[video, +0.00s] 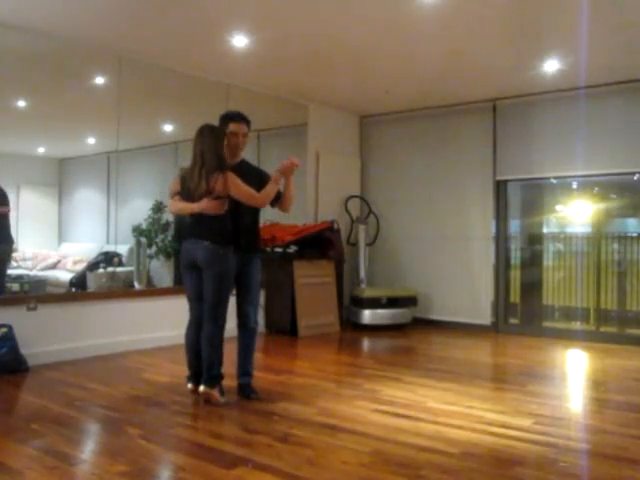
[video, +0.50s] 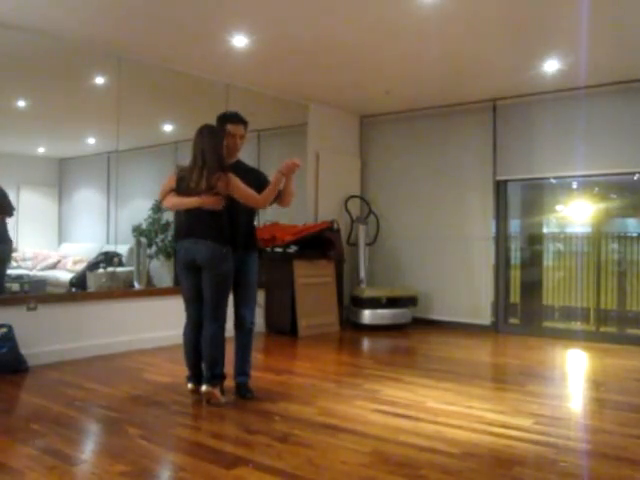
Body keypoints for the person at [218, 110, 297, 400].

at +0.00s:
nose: (237, 141)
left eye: (242, 136)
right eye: (231, 135)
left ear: (248, 139)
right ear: (220, 137)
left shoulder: (255, 174)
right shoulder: (208, 171)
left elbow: (284, 205)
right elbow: (173, 204)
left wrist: (287, 177)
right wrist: (198, 206)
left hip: (248, 251)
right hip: (218, 252)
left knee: (249, 319)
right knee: (214, 317)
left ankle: (245, 380)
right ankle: (212, 379)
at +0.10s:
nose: (236, 141)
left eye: (241, 136)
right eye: (230, 135)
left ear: (247, 139)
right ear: (219, 137)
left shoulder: (254, 174)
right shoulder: (206, 171)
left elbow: (285, 204)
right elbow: (171, 202)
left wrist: (288, 177)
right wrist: (200, 204)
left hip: (248, 252)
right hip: (217, 253)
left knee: (248, 319)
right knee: (213, 317)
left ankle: (245, 380)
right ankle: (210, 379)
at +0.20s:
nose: (235, 142)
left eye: (241, 137)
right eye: (230, 135)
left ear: (246, 139)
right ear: (219, 136)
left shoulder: (253, 174)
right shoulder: (206, 171)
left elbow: (284, 204)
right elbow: (171, 202)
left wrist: (289, 177)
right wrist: (201, 203)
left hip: (247, 252)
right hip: (216, 253)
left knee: (248, 319)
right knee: (214, 318)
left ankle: (245, 380)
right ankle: (214, 379)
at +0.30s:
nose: (234, 142)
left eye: (240, 137)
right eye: (229, 135)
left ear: (245, 140)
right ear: (218, 137)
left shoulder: (252, 175)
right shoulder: (204, 172)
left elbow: (283, 203)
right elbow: (170, 201)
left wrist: (288, 178)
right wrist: (201, 202)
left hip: (246, 252)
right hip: (215, 253)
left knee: (246, 318)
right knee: (214, 317)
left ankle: (245, 379)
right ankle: (214, 378)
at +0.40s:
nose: (233, 142)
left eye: (239, 137)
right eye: (229, 136)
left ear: (245, 140)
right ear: (218, 137)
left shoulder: (251, 175)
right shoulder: (204, 172)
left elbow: (282, 204)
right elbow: (170, 201)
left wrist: (287, 178)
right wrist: (201, 201)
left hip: (246, 251)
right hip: (215, 252)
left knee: (245, 318)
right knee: (214, 317)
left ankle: (242, 379)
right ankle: (214, 378)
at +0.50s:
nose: (233, 142)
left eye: (239, 137)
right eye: (229, 136)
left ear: (244, 140)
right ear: (217, 137)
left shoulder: (251, 175)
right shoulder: (206, 173)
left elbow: (284, 200)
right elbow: (168, 200)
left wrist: (287, 176)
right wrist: (198, 200)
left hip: (245, 251)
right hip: (215, 252)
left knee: (245, 318)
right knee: (214, 317)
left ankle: (242, 379)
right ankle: (214, 378)